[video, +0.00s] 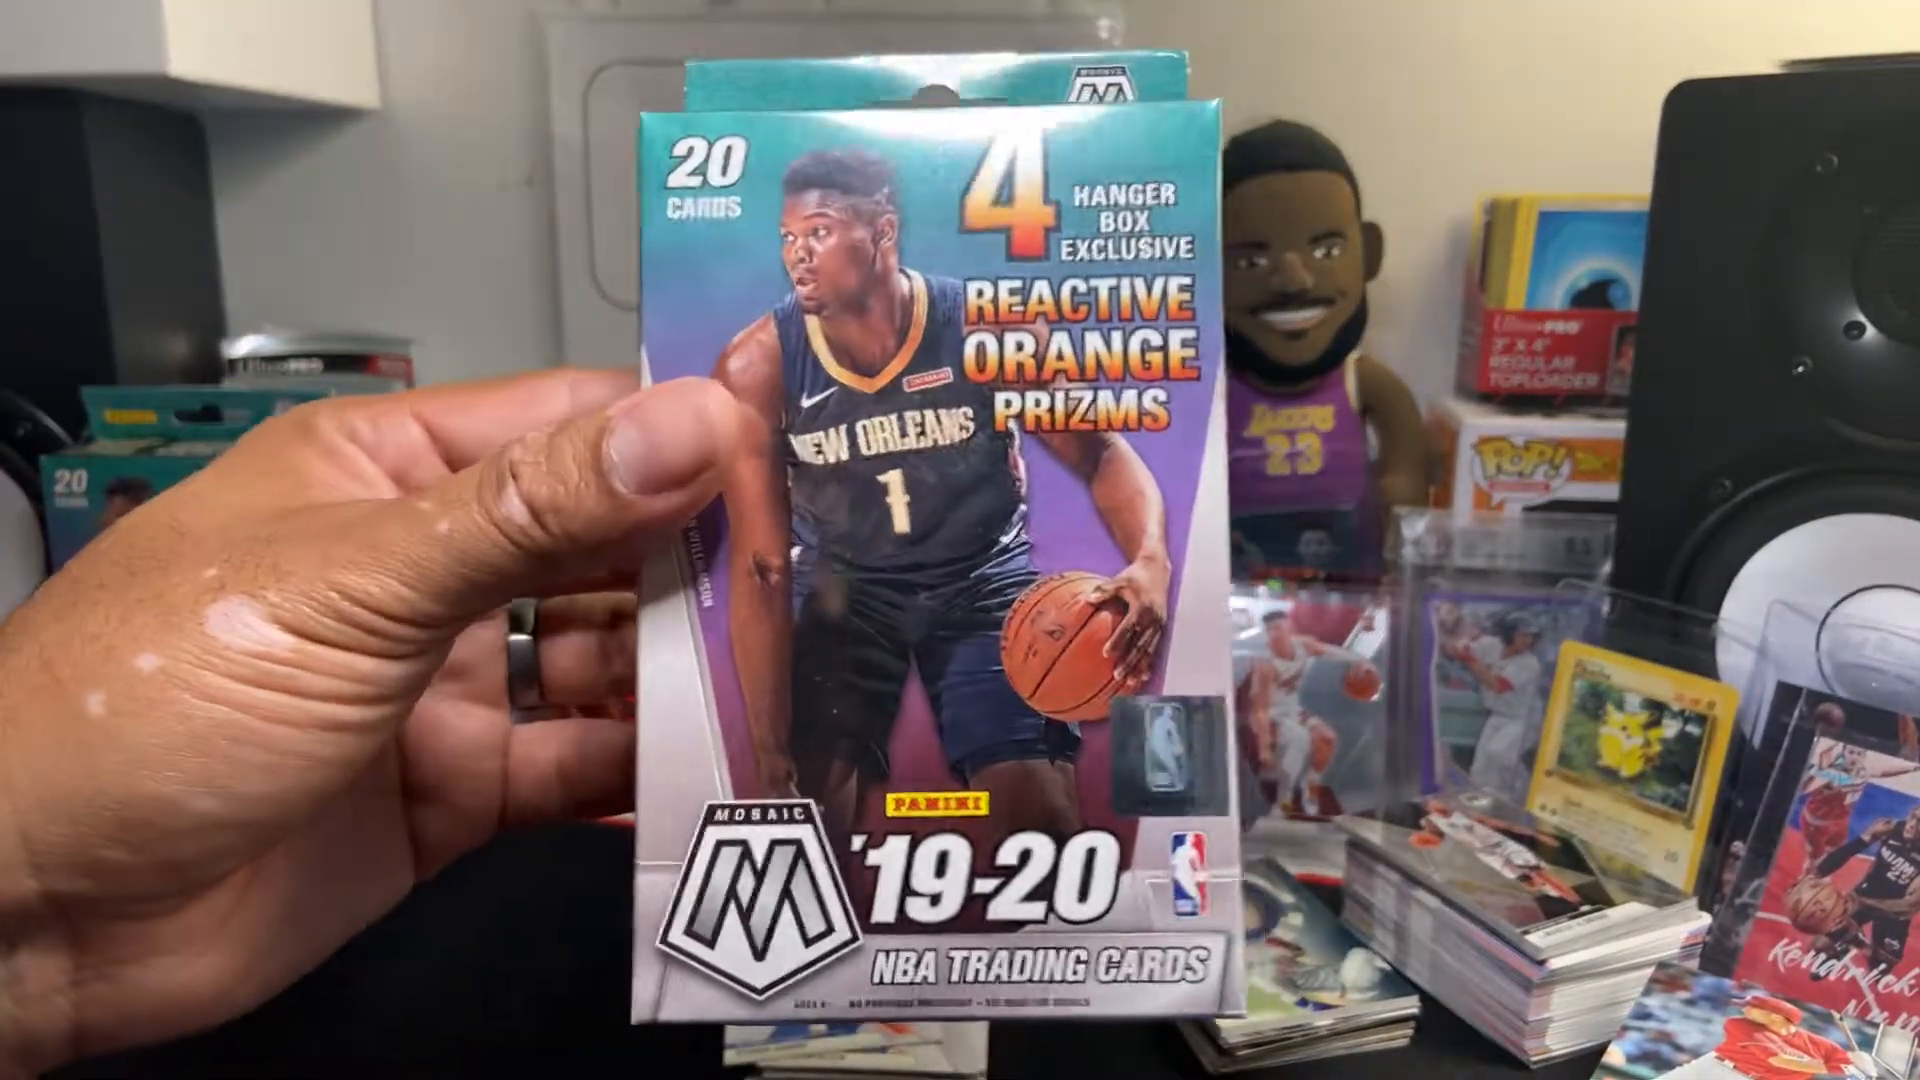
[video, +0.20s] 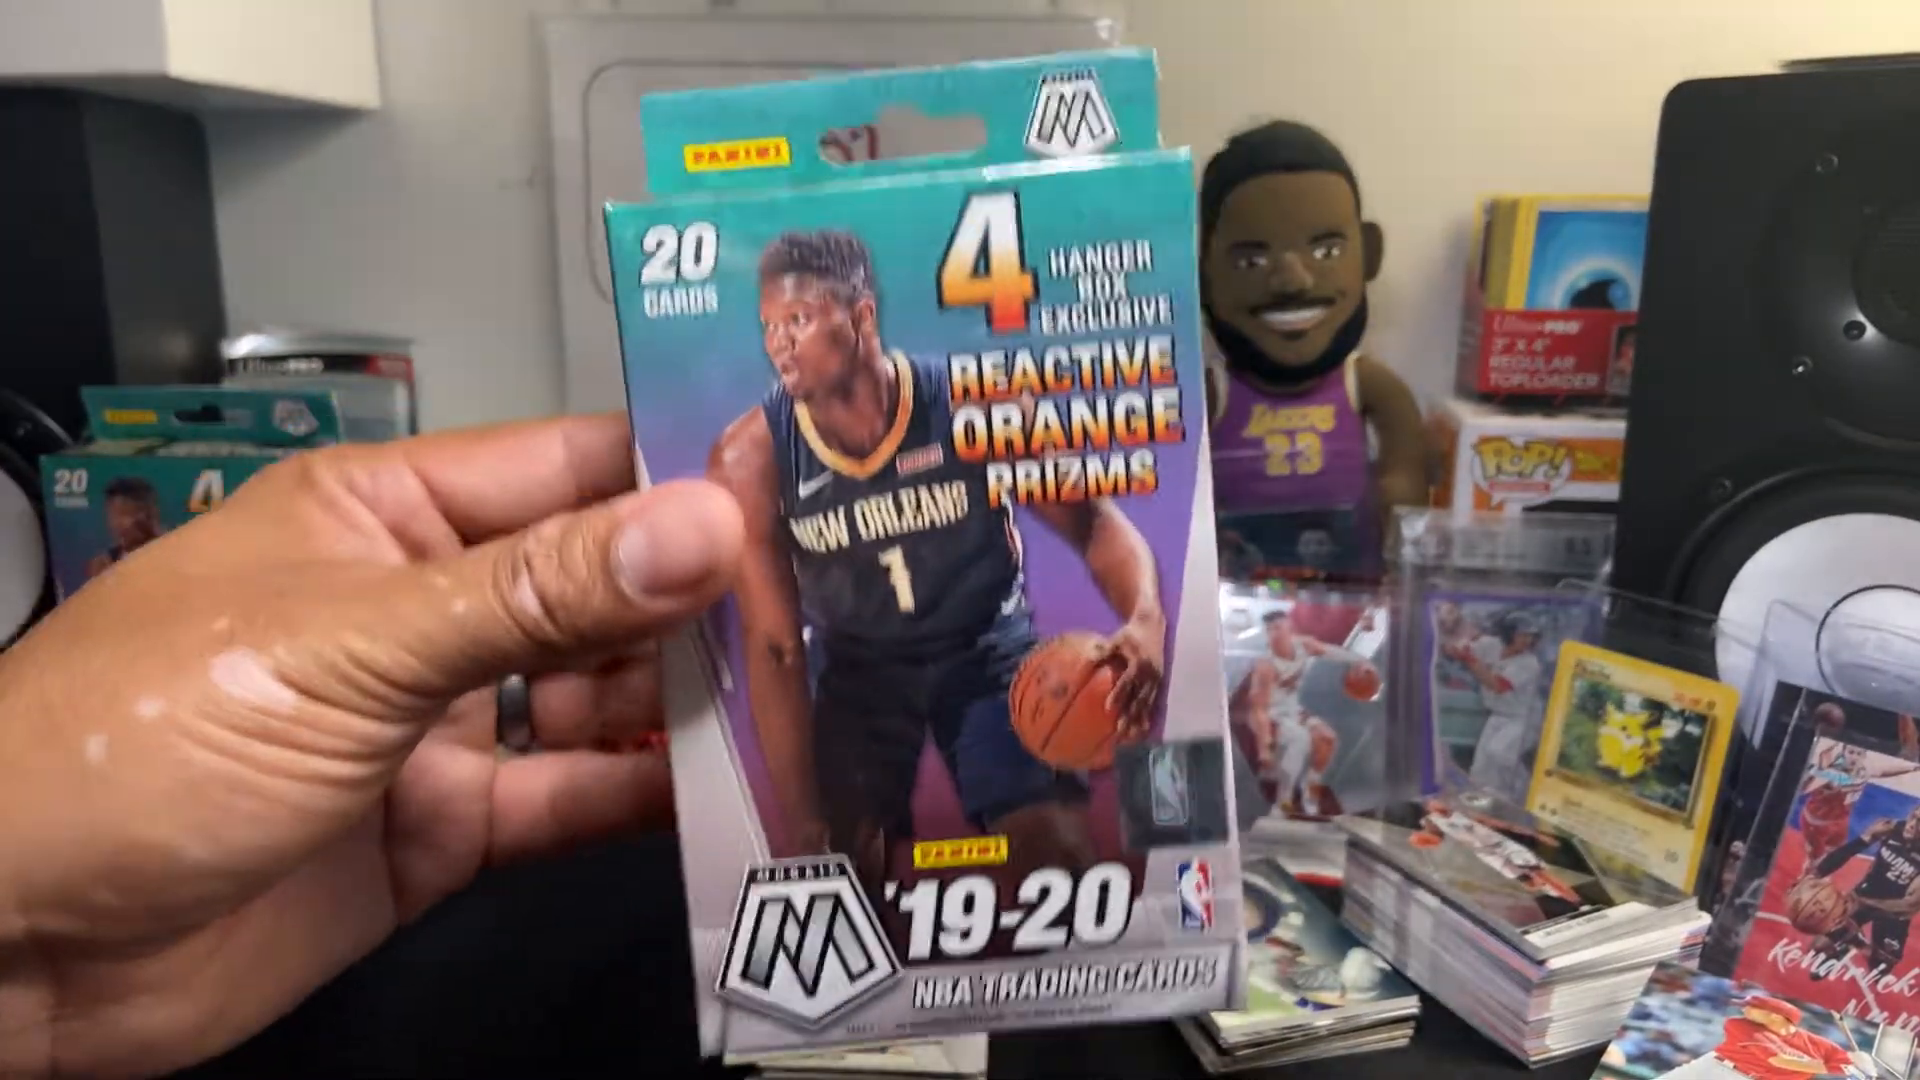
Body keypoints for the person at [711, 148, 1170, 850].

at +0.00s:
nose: (798, 255)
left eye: (819, 234)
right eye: (790, 239)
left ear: (884, 233)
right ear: (782, 250)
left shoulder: (982, 327)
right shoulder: (760, 364)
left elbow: (1099, 454)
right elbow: (761, 571)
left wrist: (1152, 559)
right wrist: (769, 755)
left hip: (986, 582)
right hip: (848, 593)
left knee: (1031, 802)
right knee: (814, 800)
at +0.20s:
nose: (779, 345)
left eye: (799, 320)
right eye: (769, 326)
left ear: (863, 320)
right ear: (762, 335)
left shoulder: (968, 404)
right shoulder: (752, 457)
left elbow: (1090, 521)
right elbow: (774, 651)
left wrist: (1145, 618)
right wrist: (800, 826)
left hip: (988, 654)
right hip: (862, 672)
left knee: (1054, 851)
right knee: (843, 871)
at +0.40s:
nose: (802, 398)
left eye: (823, 375)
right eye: (792, 378)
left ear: (892, 374)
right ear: (785, 383)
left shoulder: (997, 469)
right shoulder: (767, 512)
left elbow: (1113, 595)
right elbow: (780, 707)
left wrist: (1162, 694)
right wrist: (789, 884)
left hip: (996, 733)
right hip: (865, 743)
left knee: (1052, 917)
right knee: (849, 943)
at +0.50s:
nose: (862, 470)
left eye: (883, 443)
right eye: (839, 449)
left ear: (927, 451)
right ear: (814, 466)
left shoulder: (1026, 553)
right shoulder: (794, 588)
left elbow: (1147, 662)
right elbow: (793, 762)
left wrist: (1181, 761)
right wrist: (810, 922)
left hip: (1014, 820)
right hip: (875, 828)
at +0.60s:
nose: (878, 572)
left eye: (896, 553)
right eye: (862, 555)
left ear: (947, 555)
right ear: (836, 567)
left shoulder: (1034, 641)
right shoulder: (808, 663)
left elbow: (1155, 717)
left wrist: (1171, 782)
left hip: (1017, 915)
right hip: (864, 919)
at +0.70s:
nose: (832, 579)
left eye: (854, 563)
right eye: (826, 562)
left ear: (926, 563)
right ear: (813, 567)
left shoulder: (1022, 641)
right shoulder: (791, 663)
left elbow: (1151, 703)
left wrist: (1159, 755)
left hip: (986, 900)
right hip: (837, 903)